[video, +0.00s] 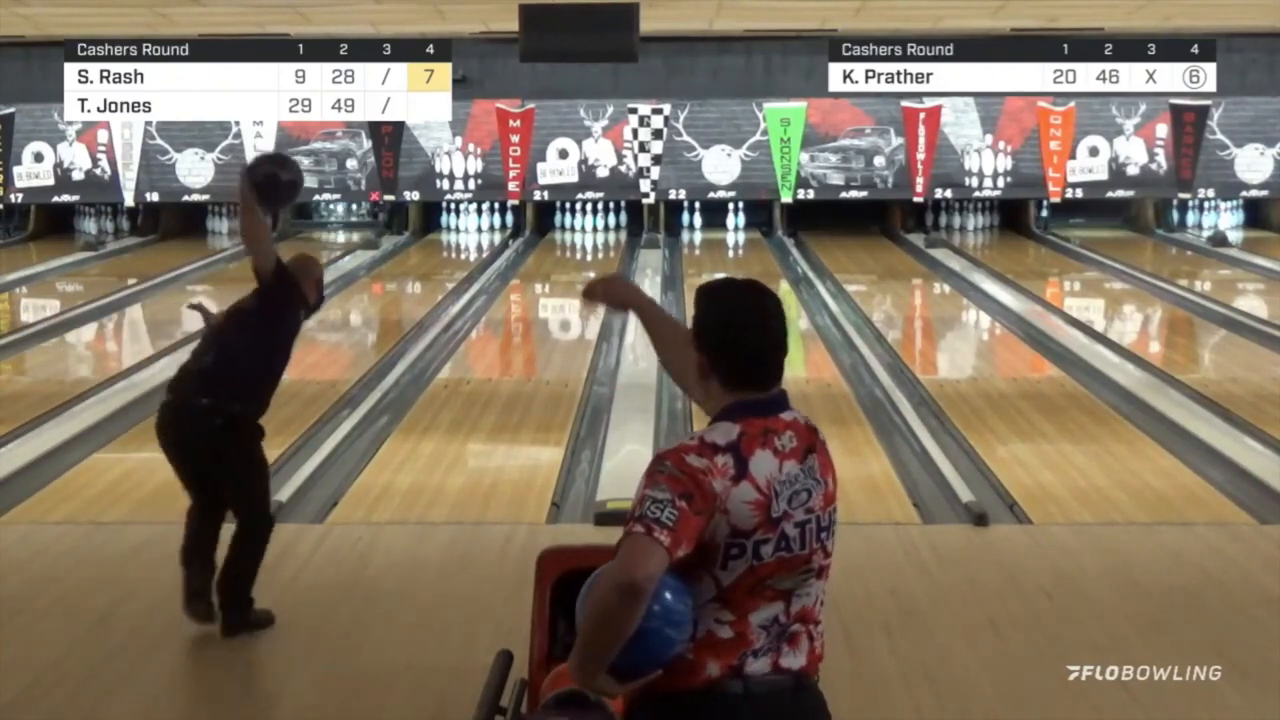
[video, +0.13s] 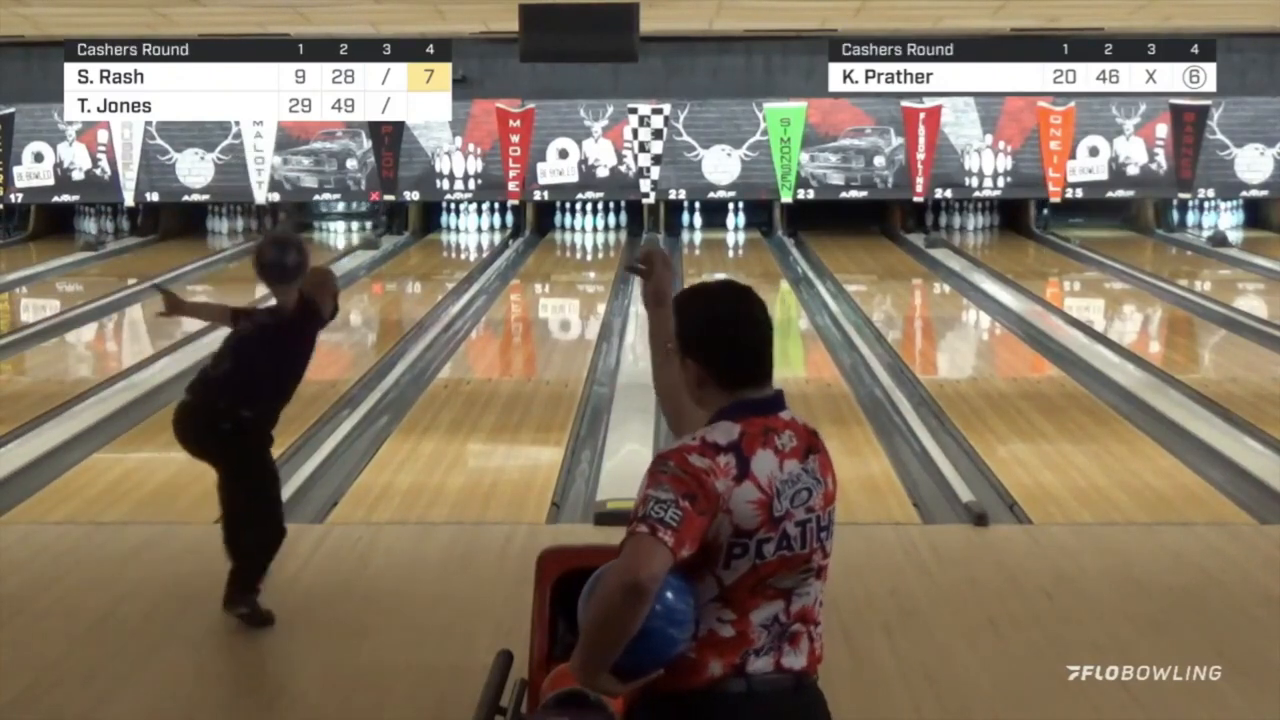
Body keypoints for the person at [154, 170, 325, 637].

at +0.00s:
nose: (319, 283)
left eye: (319, 278)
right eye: (315, 275)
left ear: (282, 281)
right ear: (300, 283)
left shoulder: (249, 310)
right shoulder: (283, 301)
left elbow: (220, 332)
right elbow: (259, 247)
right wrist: (248, 187)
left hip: (177, 417)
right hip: (226, 426)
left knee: (207, 499)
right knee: (256, 518)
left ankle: (197, 593)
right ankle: (236, 610)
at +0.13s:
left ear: (263, 278)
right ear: (307, 275)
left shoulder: (262, 318)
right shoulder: (308, 318)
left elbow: (227, 314)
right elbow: (323, 289)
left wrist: (184, 307)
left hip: (190, 419)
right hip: (238, 433)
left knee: (238, 468)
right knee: (266, 522)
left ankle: (241, 551)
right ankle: (241, 594)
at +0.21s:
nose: (341, 303)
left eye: (341, 296)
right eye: (338, 296)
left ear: (308, 293)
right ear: (328, 297)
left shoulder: (273, 315)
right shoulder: (319, 325)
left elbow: (224, 309)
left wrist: (170, 296)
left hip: (199, 416)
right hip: (243, 433)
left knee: (253, 482)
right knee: (264, 521)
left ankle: (260, 546)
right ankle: (243, 582)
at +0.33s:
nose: (347, 297)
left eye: (343, 290)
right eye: (346, 292)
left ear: (313, 289)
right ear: (343, 295)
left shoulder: (281, 310)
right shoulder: (342, 335)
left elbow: (227, 301)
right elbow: (316, 366)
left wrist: (175, 288)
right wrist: (291, 420)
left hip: (214, 401)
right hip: (254, 413)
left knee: (264, 465)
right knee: (239, 495)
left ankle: (284, 531)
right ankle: (215, 545)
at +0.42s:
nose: (350, 293)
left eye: (338, 283)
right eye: (351, 288)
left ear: (318, 284)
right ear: (349, 295)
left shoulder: (288, 299)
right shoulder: (347, 347)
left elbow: (236, 300)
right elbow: (346, 419)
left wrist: (185, 298)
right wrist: (340, 479)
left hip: (219, 392)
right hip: (256, 418)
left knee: (267, 448)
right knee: (214, 495)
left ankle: (285, 528)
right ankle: (155, 534)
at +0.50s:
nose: (355, 299)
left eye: (347, 291)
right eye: (355, 295)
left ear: (324, 287)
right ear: (352, 299)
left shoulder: (296, 297)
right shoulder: (350, 350)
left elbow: (248, 295)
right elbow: (351, 407)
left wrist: (205, 292)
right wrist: (356, 444)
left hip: (221, 385)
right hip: (257, 410)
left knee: (267, 450)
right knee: (205, 486)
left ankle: (285, 529)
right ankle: (122, 508)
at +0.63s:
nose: (358, 301)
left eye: (350, 296)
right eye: (359, 300)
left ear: (329, 297)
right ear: (359, 312)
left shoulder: (302, 302)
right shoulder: (359, 342)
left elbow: (271, 283)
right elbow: (377, 316)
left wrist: (241, 257)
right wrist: (378, 266)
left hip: (222, 381)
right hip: (248, 412)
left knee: (274, 433)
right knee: (188, 477)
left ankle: (285, 525)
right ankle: (100, 447)